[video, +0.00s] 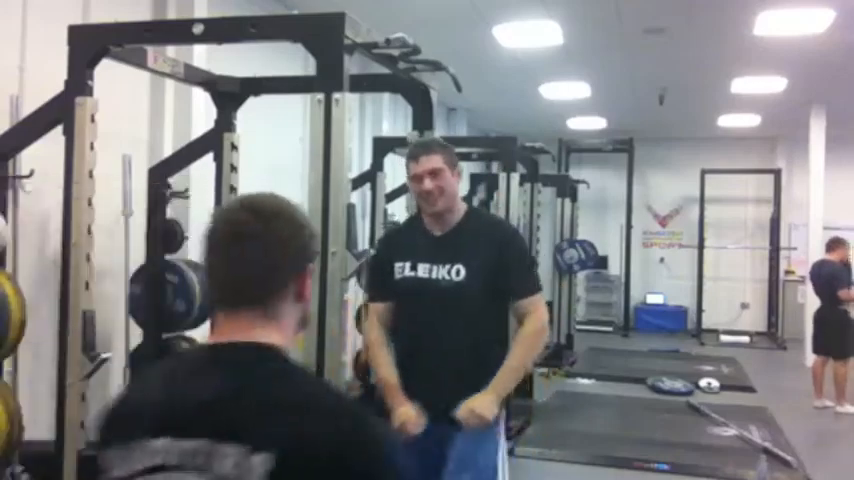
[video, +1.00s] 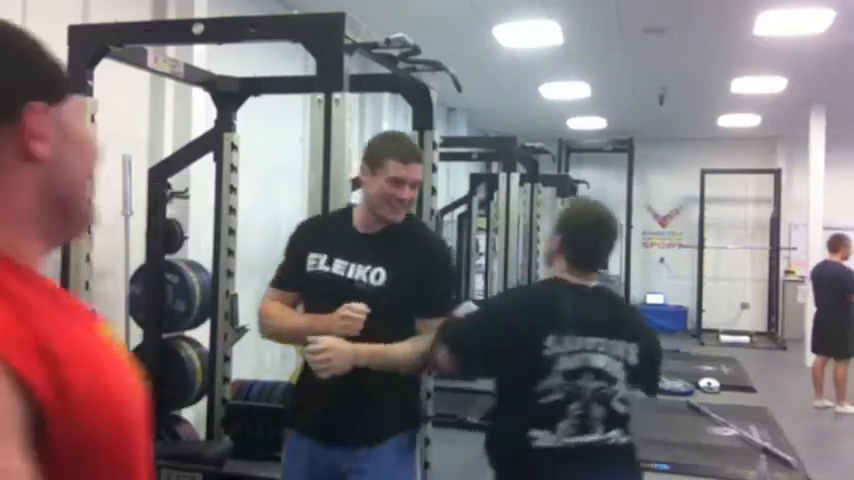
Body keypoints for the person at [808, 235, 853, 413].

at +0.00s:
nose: (846, 255)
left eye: (846, 251)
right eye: (845, 251)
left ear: (829, 249)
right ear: (838, 249)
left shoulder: (816, 266)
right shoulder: (838, 268)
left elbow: (821, 291)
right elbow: (842, 294)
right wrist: (853, 294)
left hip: (822, 311)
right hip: (839, 314)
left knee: (821, 357)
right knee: (841, 361)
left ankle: (818, 398)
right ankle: (841, 401)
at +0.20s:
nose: (849, 253)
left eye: (848, 250)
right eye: (847, 250)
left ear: (830, 248)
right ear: (839, 249)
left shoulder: (816, 267)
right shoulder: (836, 269)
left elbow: (819, 293)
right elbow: (842, 295)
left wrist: (839, 296)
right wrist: (852, 297)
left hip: (822, 312)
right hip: (838, 314)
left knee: (821, 357)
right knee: (841, 361)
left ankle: (818, 398)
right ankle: (841, 402)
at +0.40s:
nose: (848, 253)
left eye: (848, 249)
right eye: (847, 249)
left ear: (830, 248)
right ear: (840, 249)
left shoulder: (816, 268)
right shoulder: (839, 270)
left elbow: (812, 291)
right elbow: (843, 294)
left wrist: (829, 296)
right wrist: (853, 297)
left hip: (822, 316)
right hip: (840, 318)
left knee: (821, 357)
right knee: (841, 361)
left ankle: (818, 398)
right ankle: (841, 402)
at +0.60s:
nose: (848, 251)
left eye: (848, 248)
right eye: (847, 248)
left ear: (829, 248)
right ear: (841, 248)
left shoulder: (816, 268)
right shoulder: (840, 270)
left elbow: (812, 292)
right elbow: (847, 295)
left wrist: (829, 296)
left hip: (821, 316)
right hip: (840, 318)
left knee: (821, 357)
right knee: (841, 361)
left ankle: (818, 397)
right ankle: (841, 401)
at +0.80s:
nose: (849, 252)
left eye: (849, 248)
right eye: (848, 248)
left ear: (830, 248)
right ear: (841, 249)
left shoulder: (816, 269)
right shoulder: (844, 272)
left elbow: (813, 293)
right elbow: (849, 298)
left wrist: (830, 297)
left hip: (822, 317)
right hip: (841, 319)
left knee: (821, 357)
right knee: (841, 361)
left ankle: (818, 397)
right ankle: (841, 401)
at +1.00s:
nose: (850, 252)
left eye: (850, 248)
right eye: (849, 248)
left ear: (830, 248)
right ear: (841, 249)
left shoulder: (817, 269)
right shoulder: (846, 273)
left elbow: (818, 297)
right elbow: (850, 297)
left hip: (822, 317)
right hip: (842, 320)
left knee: (821, 357)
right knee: (841, 361)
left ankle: (818, 397)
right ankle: (841, 401)